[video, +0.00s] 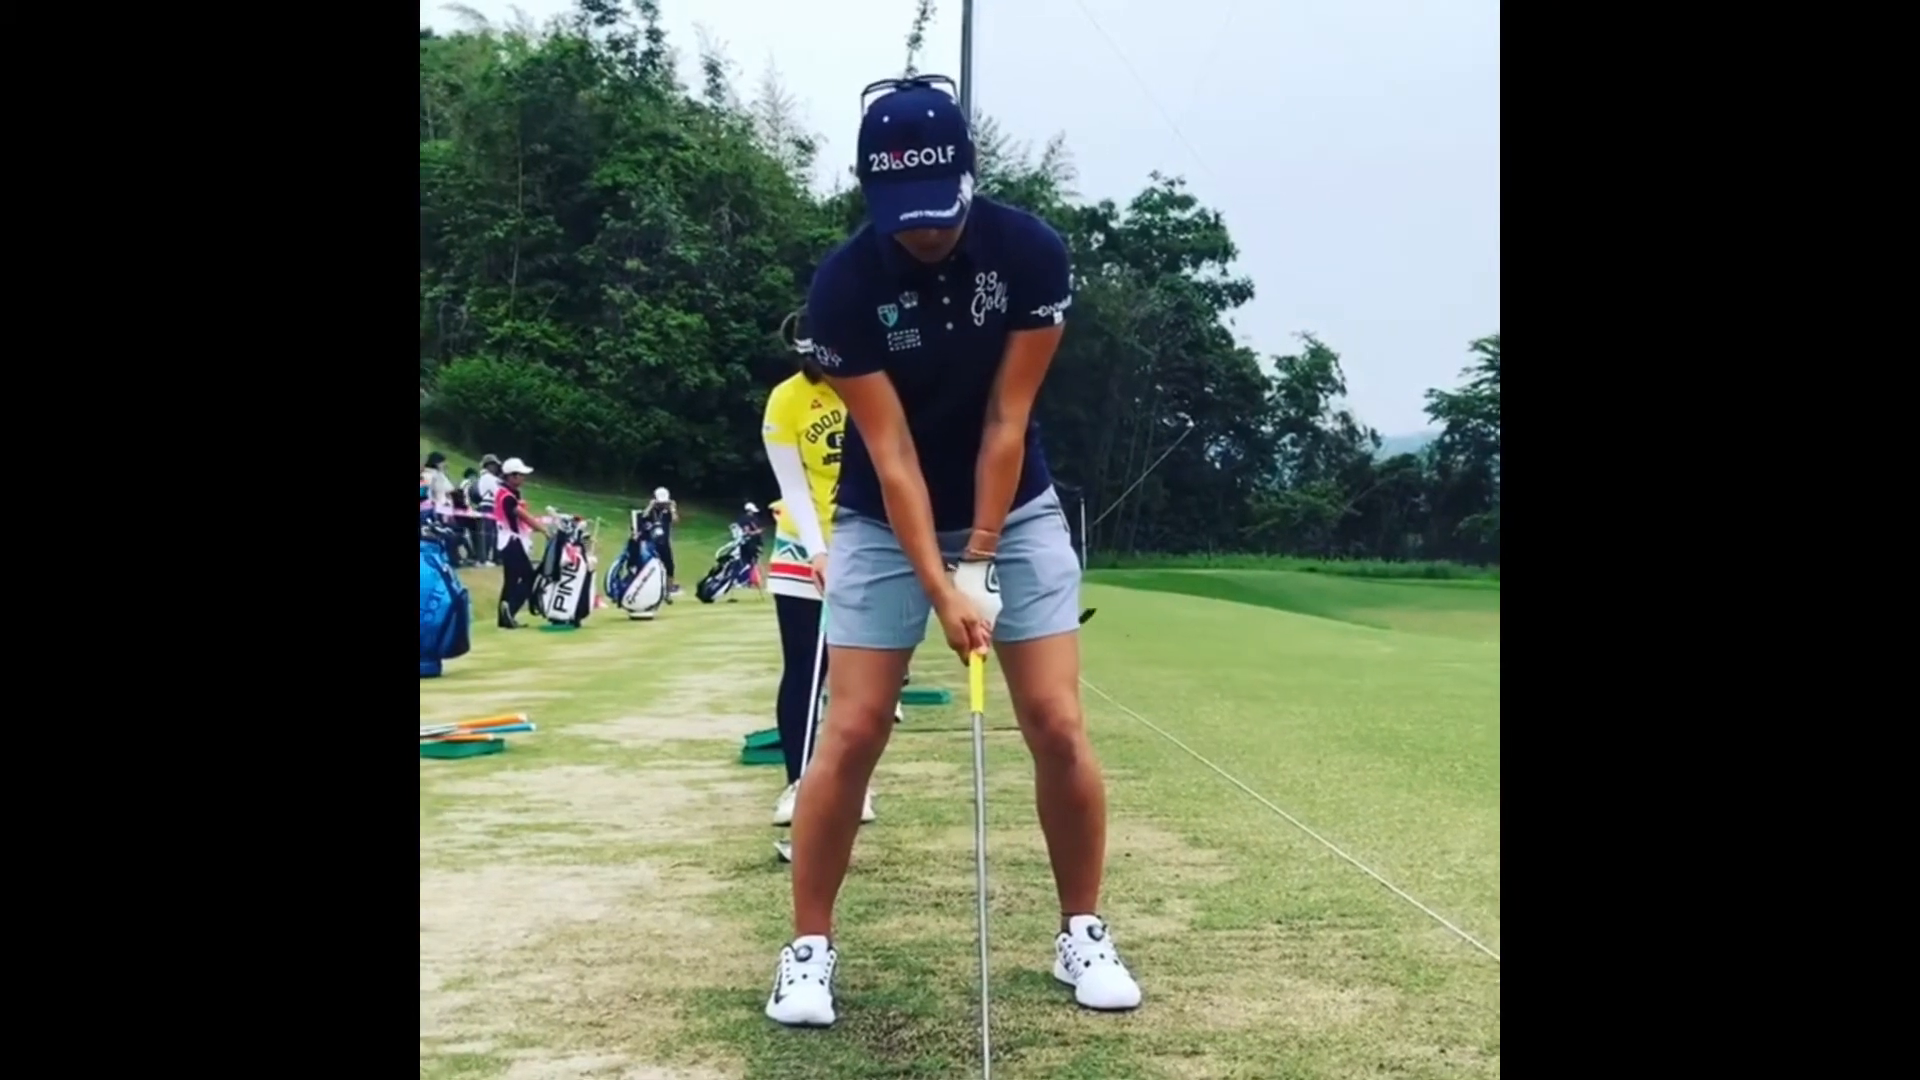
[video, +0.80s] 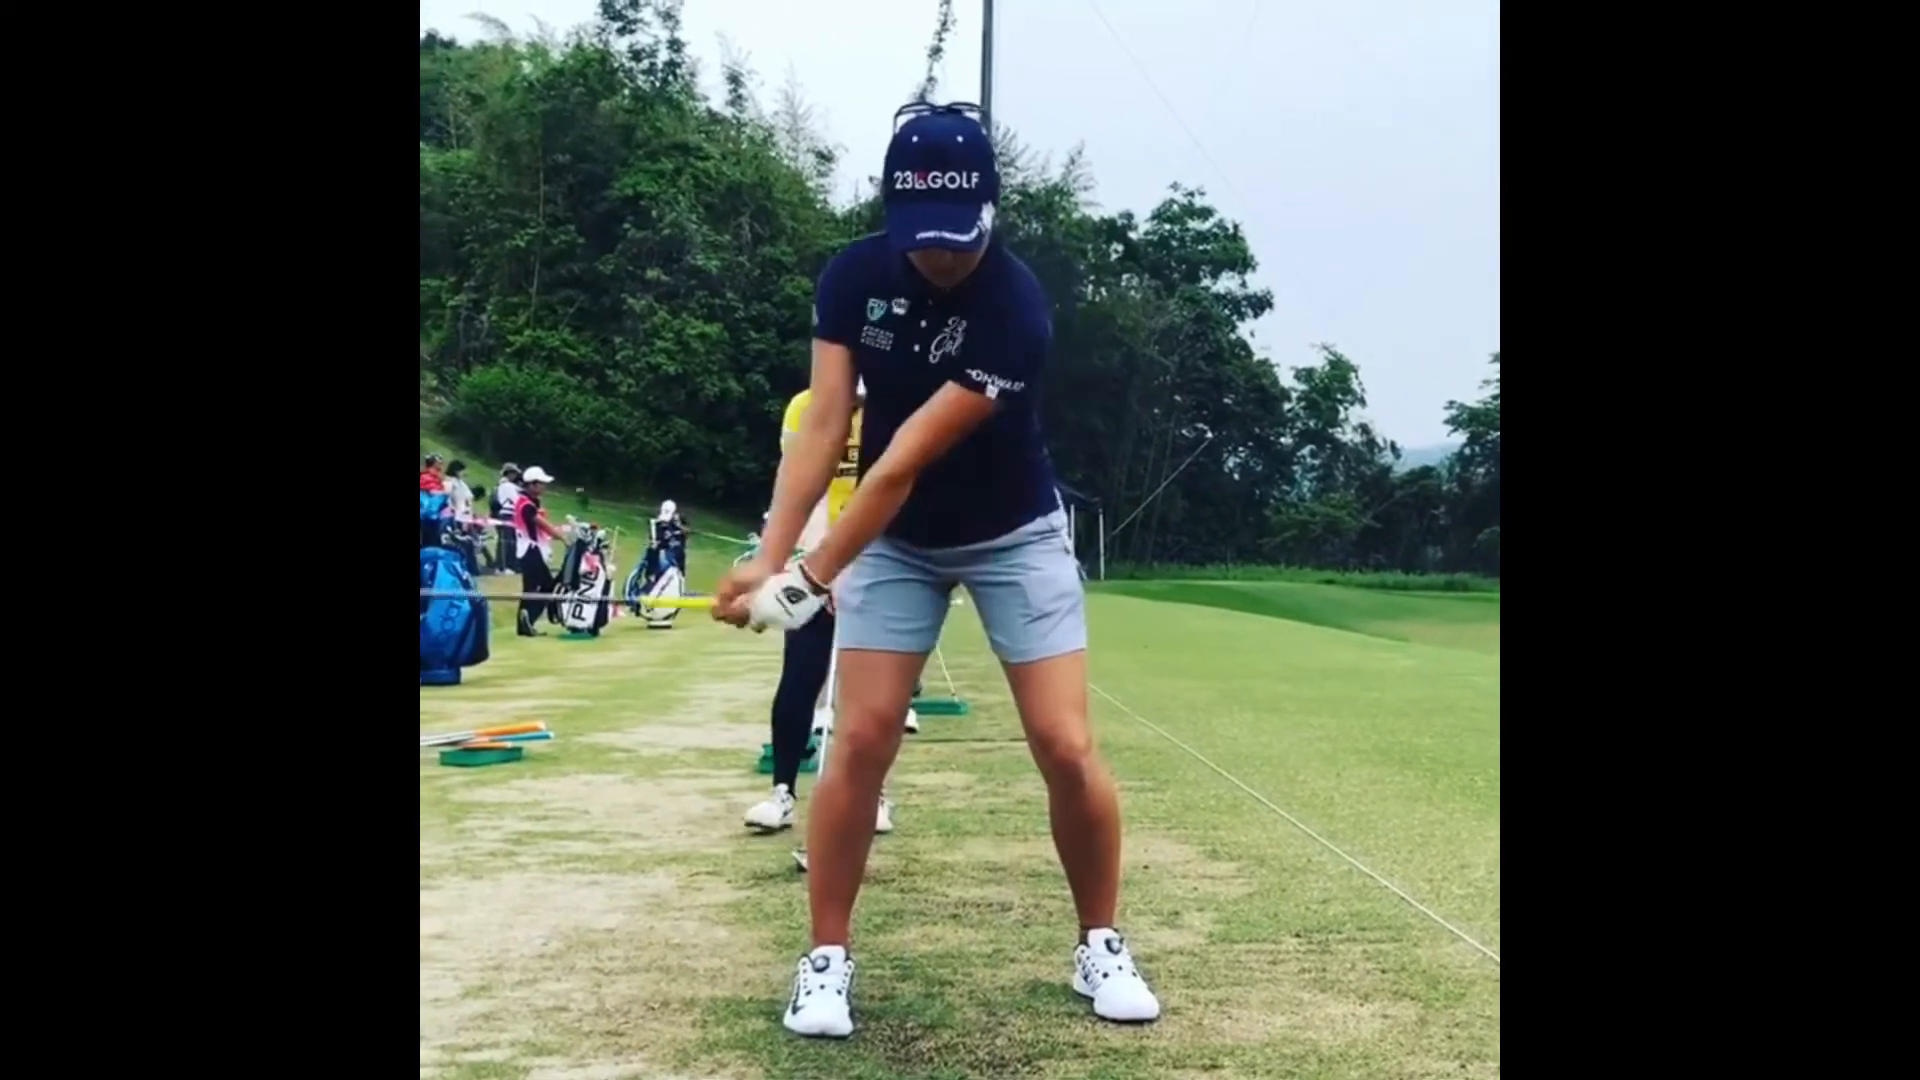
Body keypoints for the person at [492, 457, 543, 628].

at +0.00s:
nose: (523, 479)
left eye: (523, 476)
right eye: (520, 476)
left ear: (512, 478)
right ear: (511, 477)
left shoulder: (507, 493)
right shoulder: (507, 497)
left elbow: (523, 515)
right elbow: (525, 517)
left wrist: (540, 524)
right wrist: (543, 529)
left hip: (508, 538)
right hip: (511, 540)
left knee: (511, 578)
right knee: (528, 575)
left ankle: (504, 616)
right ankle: (510, 608)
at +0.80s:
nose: (544, 488)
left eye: (544, 484)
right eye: (541, 484)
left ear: (533, 486)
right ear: (531, 485)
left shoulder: (527, 502)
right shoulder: (527, 506)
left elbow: (543, 524)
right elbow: (544, 525)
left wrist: (560, 531)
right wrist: (562, 536)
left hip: (531, 548)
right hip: (530, 549)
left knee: (530, 586)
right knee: (548, 583)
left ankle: (524, 623)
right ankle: (529, 618)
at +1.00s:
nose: (545, 491)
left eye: (546, 488)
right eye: (542, 488)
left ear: (535, 490)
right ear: (533, 489)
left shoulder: (529, 506)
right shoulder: (529, 510)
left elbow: (544, 528)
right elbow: (547, 530)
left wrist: (561, 535)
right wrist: (564, 540)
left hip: (532, 551)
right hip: (533, 553)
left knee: (532, 590)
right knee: (549, 587)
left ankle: (526, 627)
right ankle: (531, 619)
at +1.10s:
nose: (545, 493)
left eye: (545, 489)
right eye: (542, 489)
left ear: (534, 491)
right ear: (533, 490)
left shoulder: (526, 507)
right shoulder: (529, 511)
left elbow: (544, 530)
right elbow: (546, 531)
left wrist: (561, 536)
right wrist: (564, 541)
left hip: (529, 553)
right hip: (532, 554)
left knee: (531, 592)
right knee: (549, 589)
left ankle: (525, 629)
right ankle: (531, 621)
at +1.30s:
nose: (541, 495)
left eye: (541, 492)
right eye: (538, 491)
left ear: (530, 494)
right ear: (529, 493)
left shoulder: (525, 510)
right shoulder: (523, 514)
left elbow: (540, 533)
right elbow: (540, 534)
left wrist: (557, 540)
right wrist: (559, 545)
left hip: (526, 555)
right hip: (526, 556)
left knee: (526, 594)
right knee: (544, 591)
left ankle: (520, 633)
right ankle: (525, 624)